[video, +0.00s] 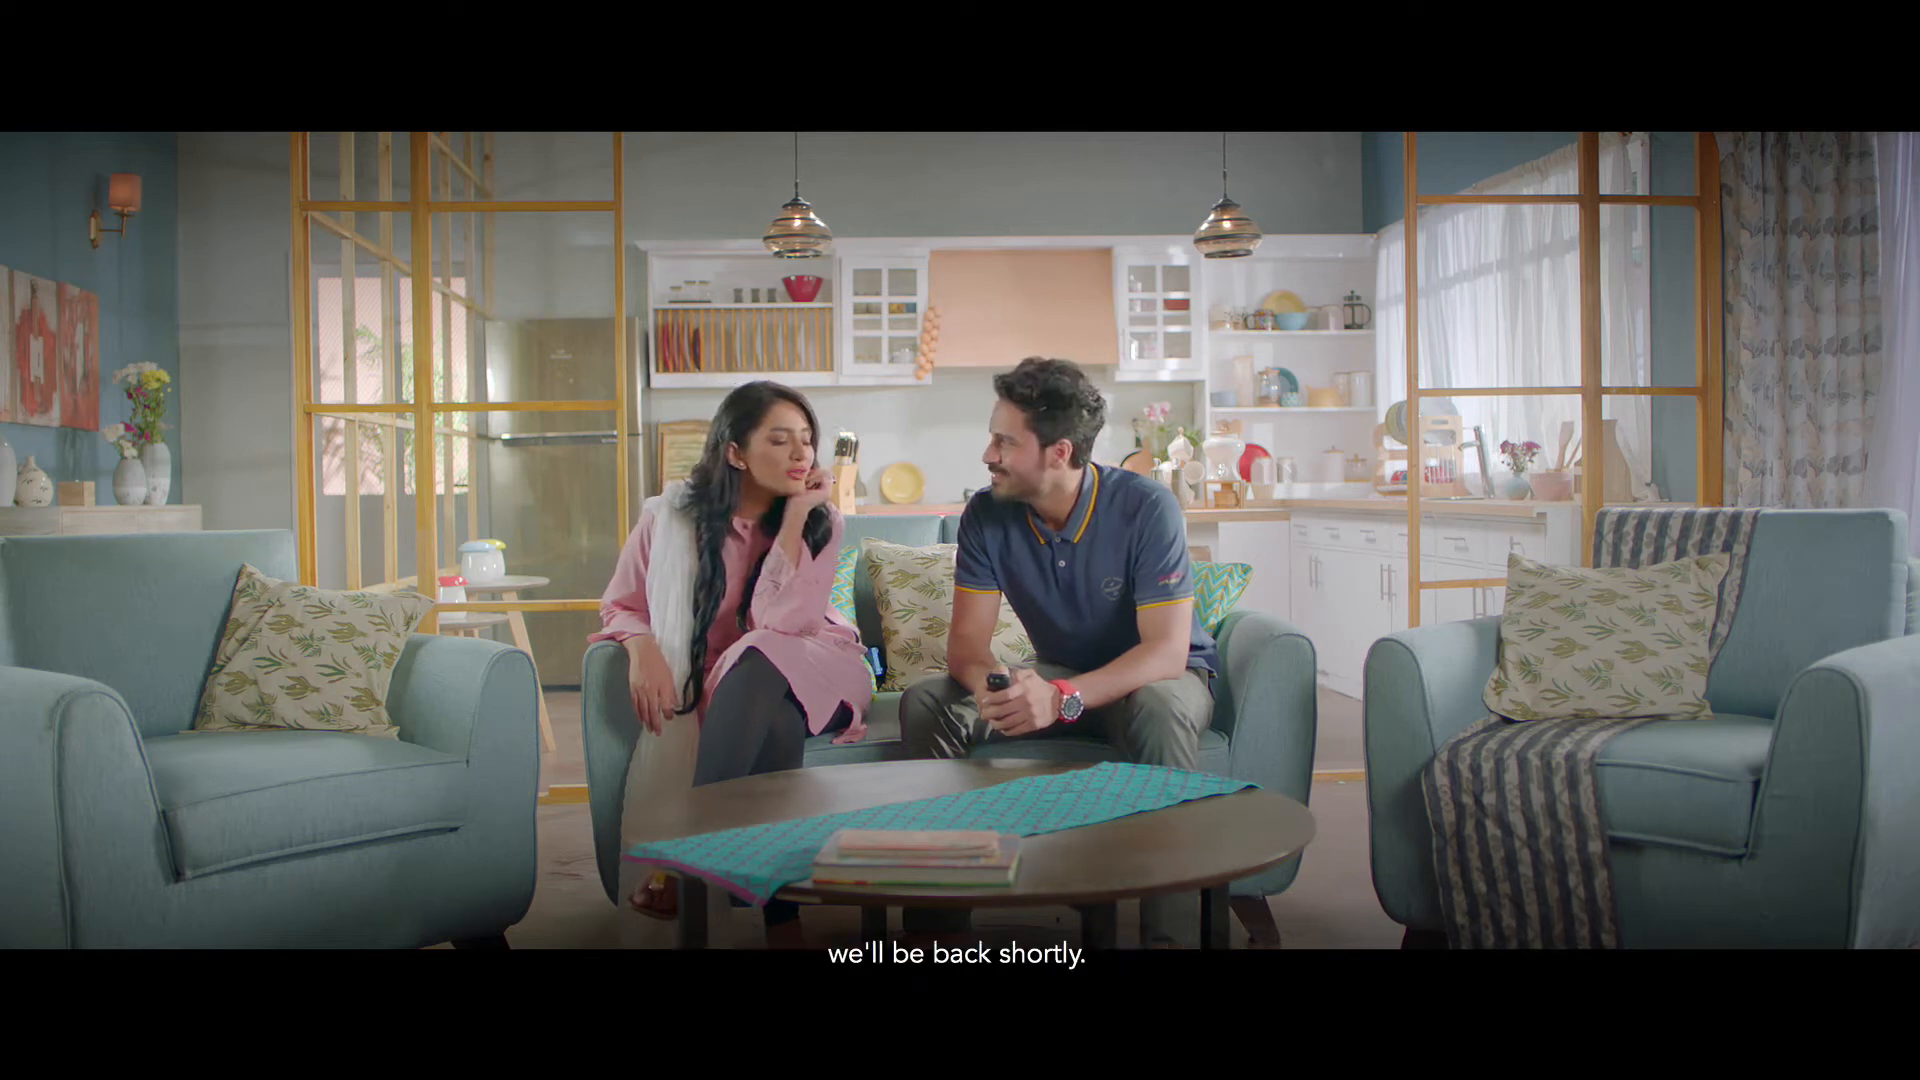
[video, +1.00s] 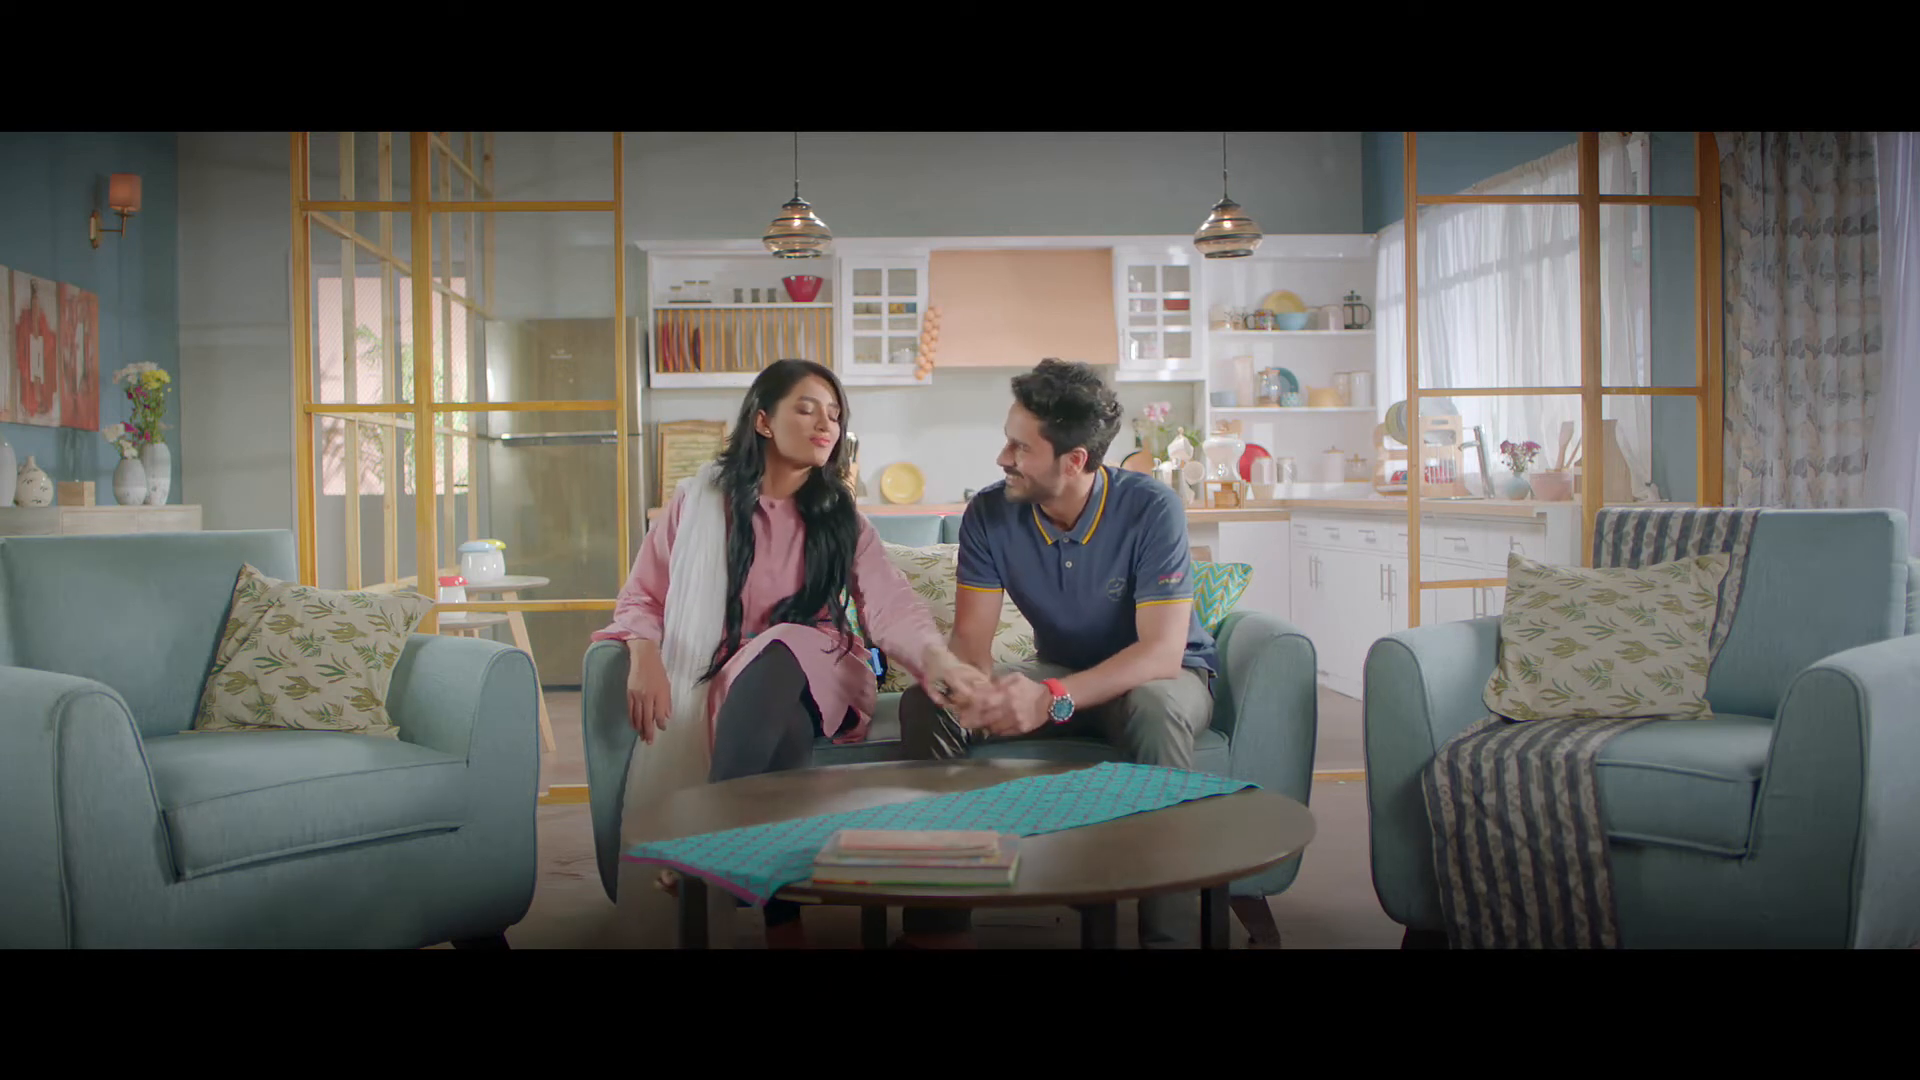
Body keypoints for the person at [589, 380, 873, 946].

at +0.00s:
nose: (802, 454)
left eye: (806, 440)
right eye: (781, 440)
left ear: (814, 451)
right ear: (736, 453)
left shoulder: (818, 522)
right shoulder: (668, 516)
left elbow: (784, 624)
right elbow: (621, 609)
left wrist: (794, 522)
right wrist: (641, 642)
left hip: (821, 668)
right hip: (723, 679)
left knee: (756, 657)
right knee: (777, 722)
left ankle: (687, 860)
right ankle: (781, 912)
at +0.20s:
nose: (804, 455)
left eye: (808, 441)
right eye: (783, 440)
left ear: (817, 453)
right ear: (738, 454)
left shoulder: (818, 522)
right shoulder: (668, 516)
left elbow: (785, 626)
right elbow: (621, 609)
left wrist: (796, 522)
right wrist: (640, 641)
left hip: (822, 668)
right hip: (723, 679)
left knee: (757, 658)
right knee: (777, 722)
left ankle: (687, 862)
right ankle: (781, 912)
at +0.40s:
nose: (809, 447)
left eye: (813, 434)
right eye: (788, 432)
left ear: (821, 444)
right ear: (744, 446)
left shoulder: (816, 516)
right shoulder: (676, 509)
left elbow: (791, 627)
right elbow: (623, 606)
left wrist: (830, 523)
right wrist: (640, 646)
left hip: (821, 672)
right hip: (718, 681)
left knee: (757, 659)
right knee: (776, 722)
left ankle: (688, 860)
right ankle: (780, 911)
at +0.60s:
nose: (809, 433)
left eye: (816, 422)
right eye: (790, 419)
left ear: (823, 435)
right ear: (745, 435)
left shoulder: (829, 520)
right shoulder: (682, 509)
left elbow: (863, 619)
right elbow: (626, 597)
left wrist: (912, 619)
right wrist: (642, 649)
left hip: (818, 678)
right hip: (718, 681)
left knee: (765, 646)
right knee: (780, 721)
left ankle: (697, 853)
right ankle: (780, 908)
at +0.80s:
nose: (821, 428)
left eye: (828, 418)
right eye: (802, 413)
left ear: (835, 432)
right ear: (758, 426)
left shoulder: (828, 515)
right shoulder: (693, 502)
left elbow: (891, 599)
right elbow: (638, 594)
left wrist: (965, 666)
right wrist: (644, 656)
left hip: (817, 670)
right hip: (720, 674)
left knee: (774, 647)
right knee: (788, 721)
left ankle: (705, 846)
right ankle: (781, 905)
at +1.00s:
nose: (825, 425)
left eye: (833, 415)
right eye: (808, 410)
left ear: (841, 431)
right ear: (765, 421)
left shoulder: (838, 513)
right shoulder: (703, 501)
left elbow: (891, 601)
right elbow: (643, 595)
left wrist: (942, 662)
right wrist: (643, 650)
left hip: (827, 668)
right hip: (731, 672)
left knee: (782, 647)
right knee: (789, 718)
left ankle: (708, 845)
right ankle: (783, 907)